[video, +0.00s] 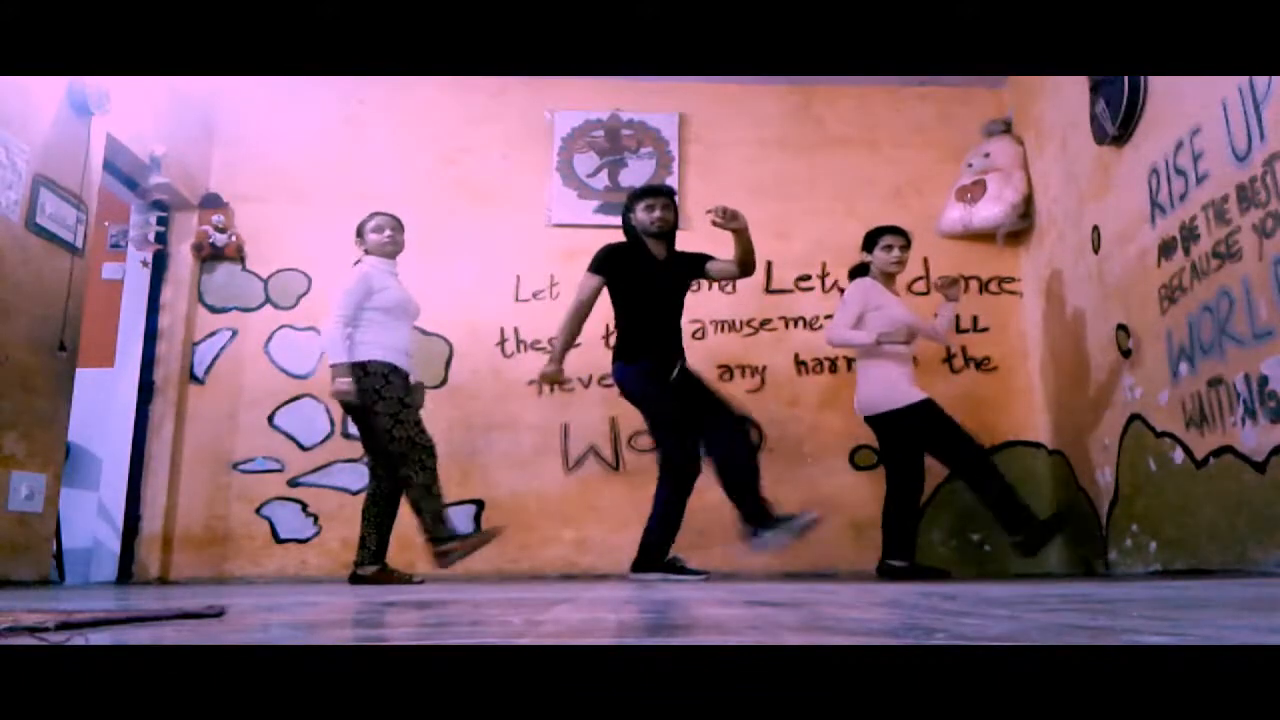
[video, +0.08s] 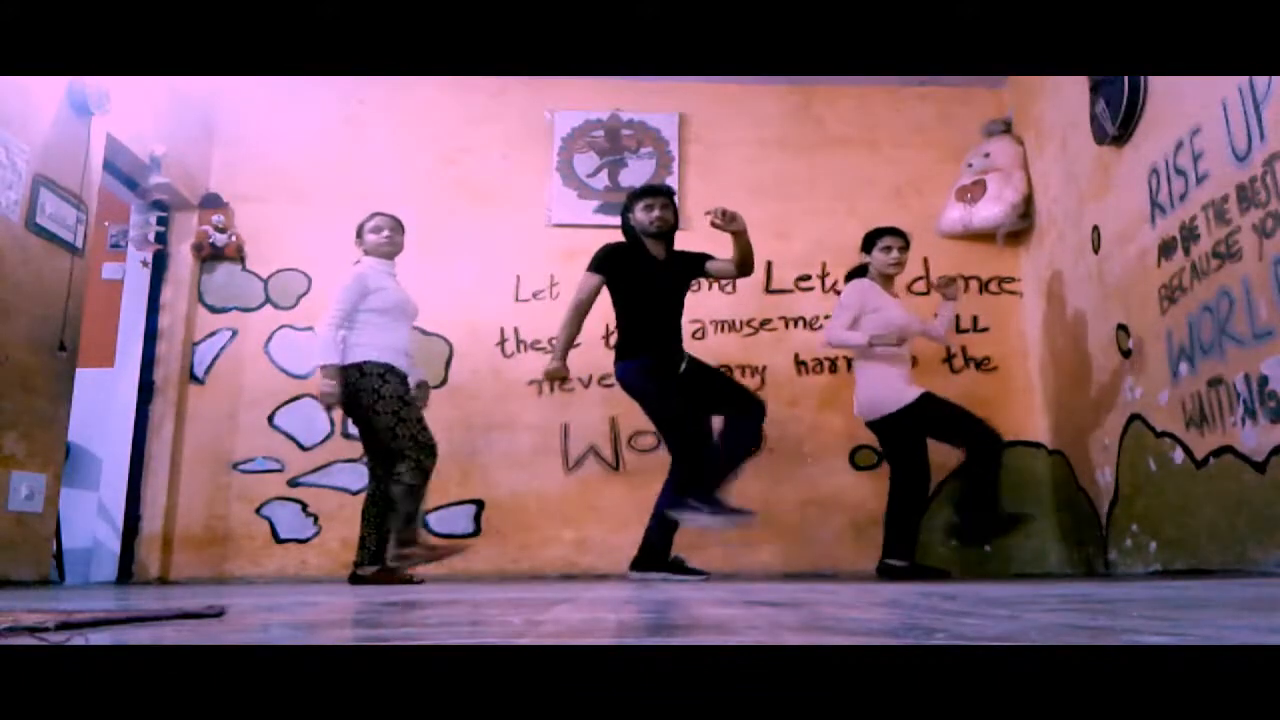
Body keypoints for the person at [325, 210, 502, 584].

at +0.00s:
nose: (388, 234)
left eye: (394, 229)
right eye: (377, 229)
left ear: (403, 241)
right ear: (362, 242)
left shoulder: (394, 283)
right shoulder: (363, 275)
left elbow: (400, 340)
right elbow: (338, 323)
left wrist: (413, 380)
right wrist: (341, 372)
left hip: (393, 378)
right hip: (371, 375)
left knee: (388, 472)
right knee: (417, 451)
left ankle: (369, 564)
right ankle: (443, 540)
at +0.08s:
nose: (386, 235)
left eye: (394, 230)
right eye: (376, 230)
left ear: (403, 242)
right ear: (360, 242)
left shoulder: (394, 285)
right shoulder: (362, 275)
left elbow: (398, 343)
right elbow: (331, 324)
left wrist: (416, 379)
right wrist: (329, 377)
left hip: (389, 379)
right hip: (366, 375)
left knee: (385, 470)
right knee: (419, 448)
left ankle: (371, 562)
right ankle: (406, 542)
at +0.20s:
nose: (381, 235)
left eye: (389, 231)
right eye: (371, 230)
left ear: (399, 244)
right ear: (356, 243)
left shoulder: (397, 294)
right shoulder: (353, 279)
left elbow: (401, 352)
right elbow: (313, 323)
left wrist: (436, 384)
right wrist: (312, 380)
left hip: (391, 382)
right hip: (362, 378)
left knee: (397, 462)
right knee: (393, 459)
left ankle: (370, 561)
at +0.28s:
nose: (377, 235)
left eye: (386, 232)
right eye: (368, 231)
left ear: (396, 246)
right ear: (353, 243)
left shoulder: (396, 295)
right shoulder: (348, 279)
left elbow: (403, 349)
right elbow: (309, 325)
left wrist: (435, 377)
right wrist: (307, 382)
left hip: (394, 385)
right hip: (358, 380)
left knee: (400, 465)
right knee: (379, 463)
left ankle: (371, 563)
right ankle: (316, 551)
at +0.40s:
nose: (369, 239)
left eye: (378, 236)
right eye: (360, 234)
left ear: (389, 250)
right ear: (346, 246)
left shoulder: (400, 298)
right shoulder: (336, 284)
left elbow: (409, 345)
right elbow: (305, 337)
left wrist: (424, 361)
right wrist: (294, 393)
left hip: (387, 392)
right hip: (343, 388)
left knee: (401, 470)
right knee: (359, 469)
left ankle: (371, 564)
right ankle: (321, 558)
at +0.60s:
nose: (348, 234)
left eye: (357, 230)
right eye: (341, 229)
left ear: (372, 244)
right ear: (327, 242)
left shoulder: (390, 286)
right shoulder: (309, 284)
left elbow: (418, 330)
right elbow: (277, 329)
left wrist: (435, 372)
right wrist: (243, 357)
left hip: (369, 388)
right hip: (314, 387)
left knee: (369, 476)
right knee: (319, 477)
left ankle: (369, 560)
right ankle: (321, 565)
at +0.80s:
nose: (330, 228)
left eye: (341, 226)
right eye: (324, 224)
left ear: (354, 241)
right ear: (310, 235)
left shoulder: (364, 280)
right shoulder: (284, 279)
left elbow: (402, 330)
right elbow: (242, 317)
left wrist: (435, 368)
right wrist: (203, 307)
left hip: (343, 377)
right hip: (300, 382)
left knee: (289, 455)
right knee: (332, 471)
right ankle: (379, 558)